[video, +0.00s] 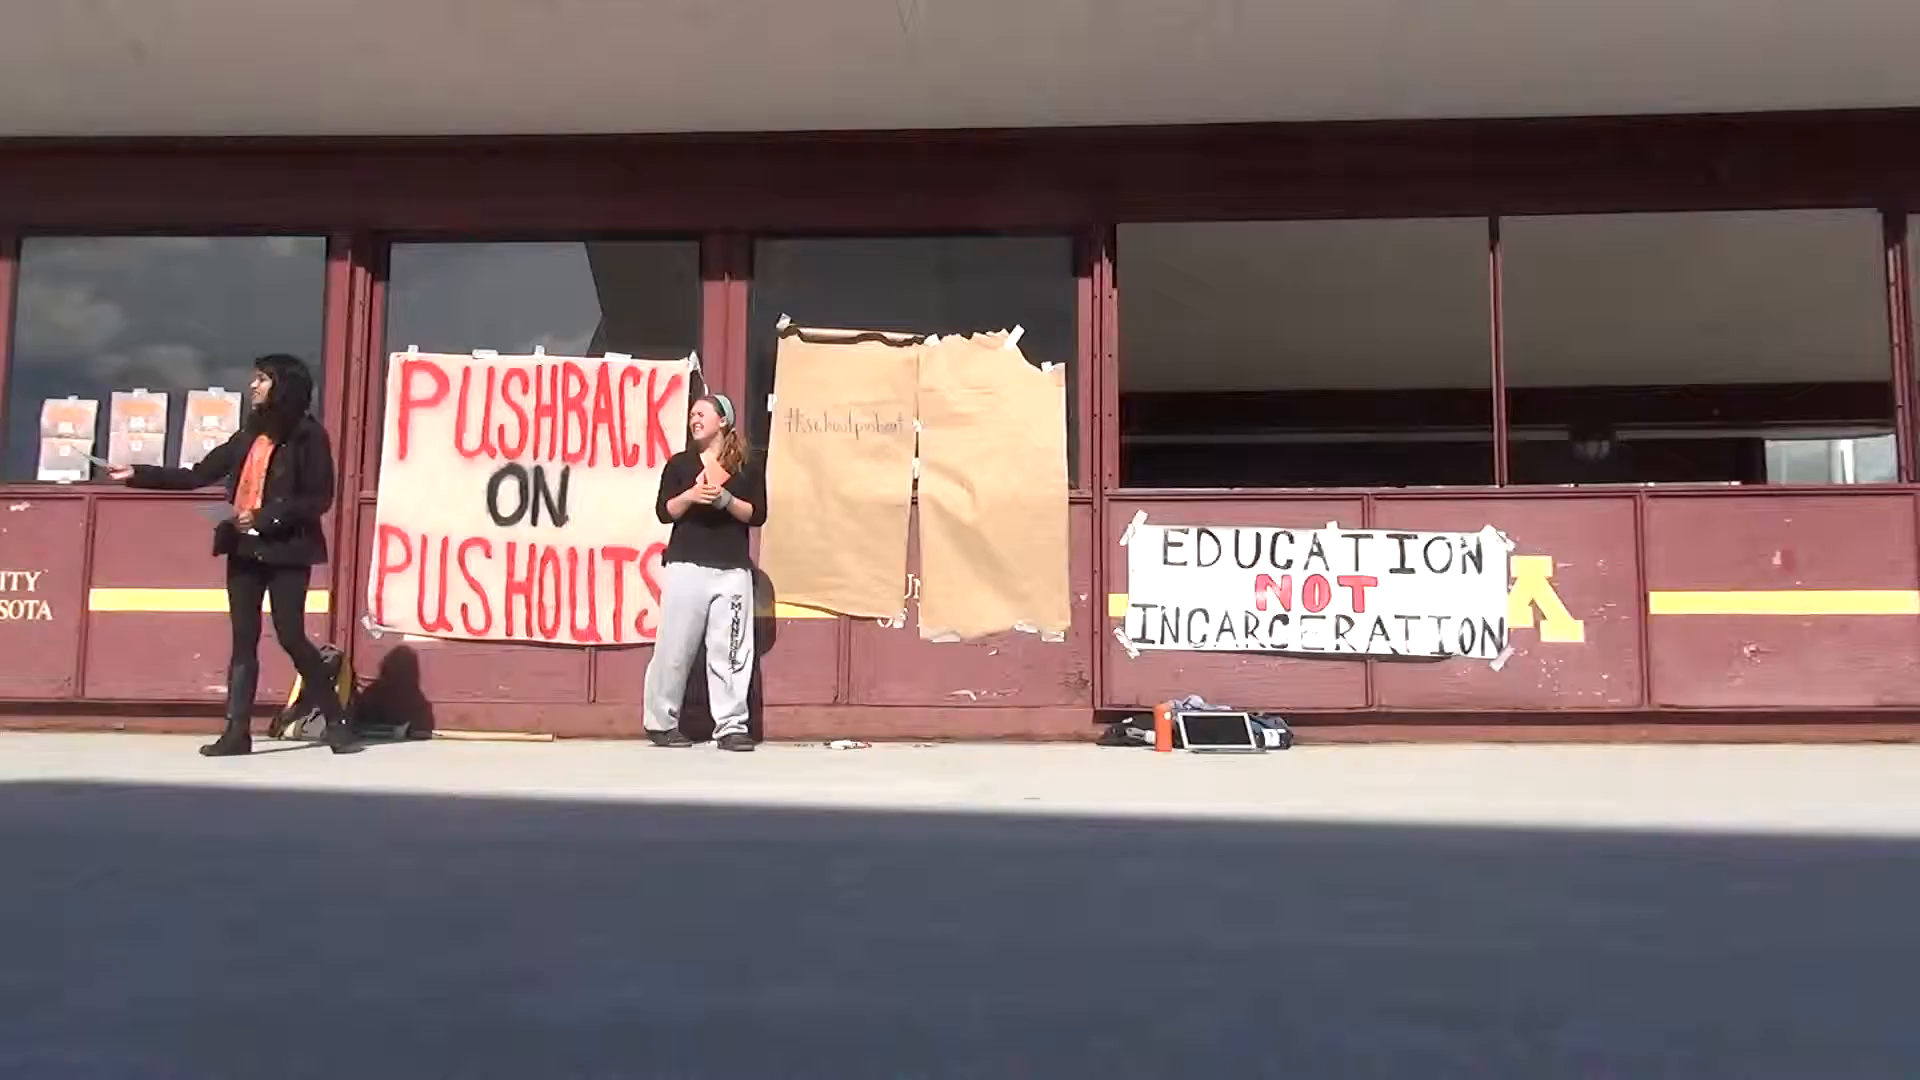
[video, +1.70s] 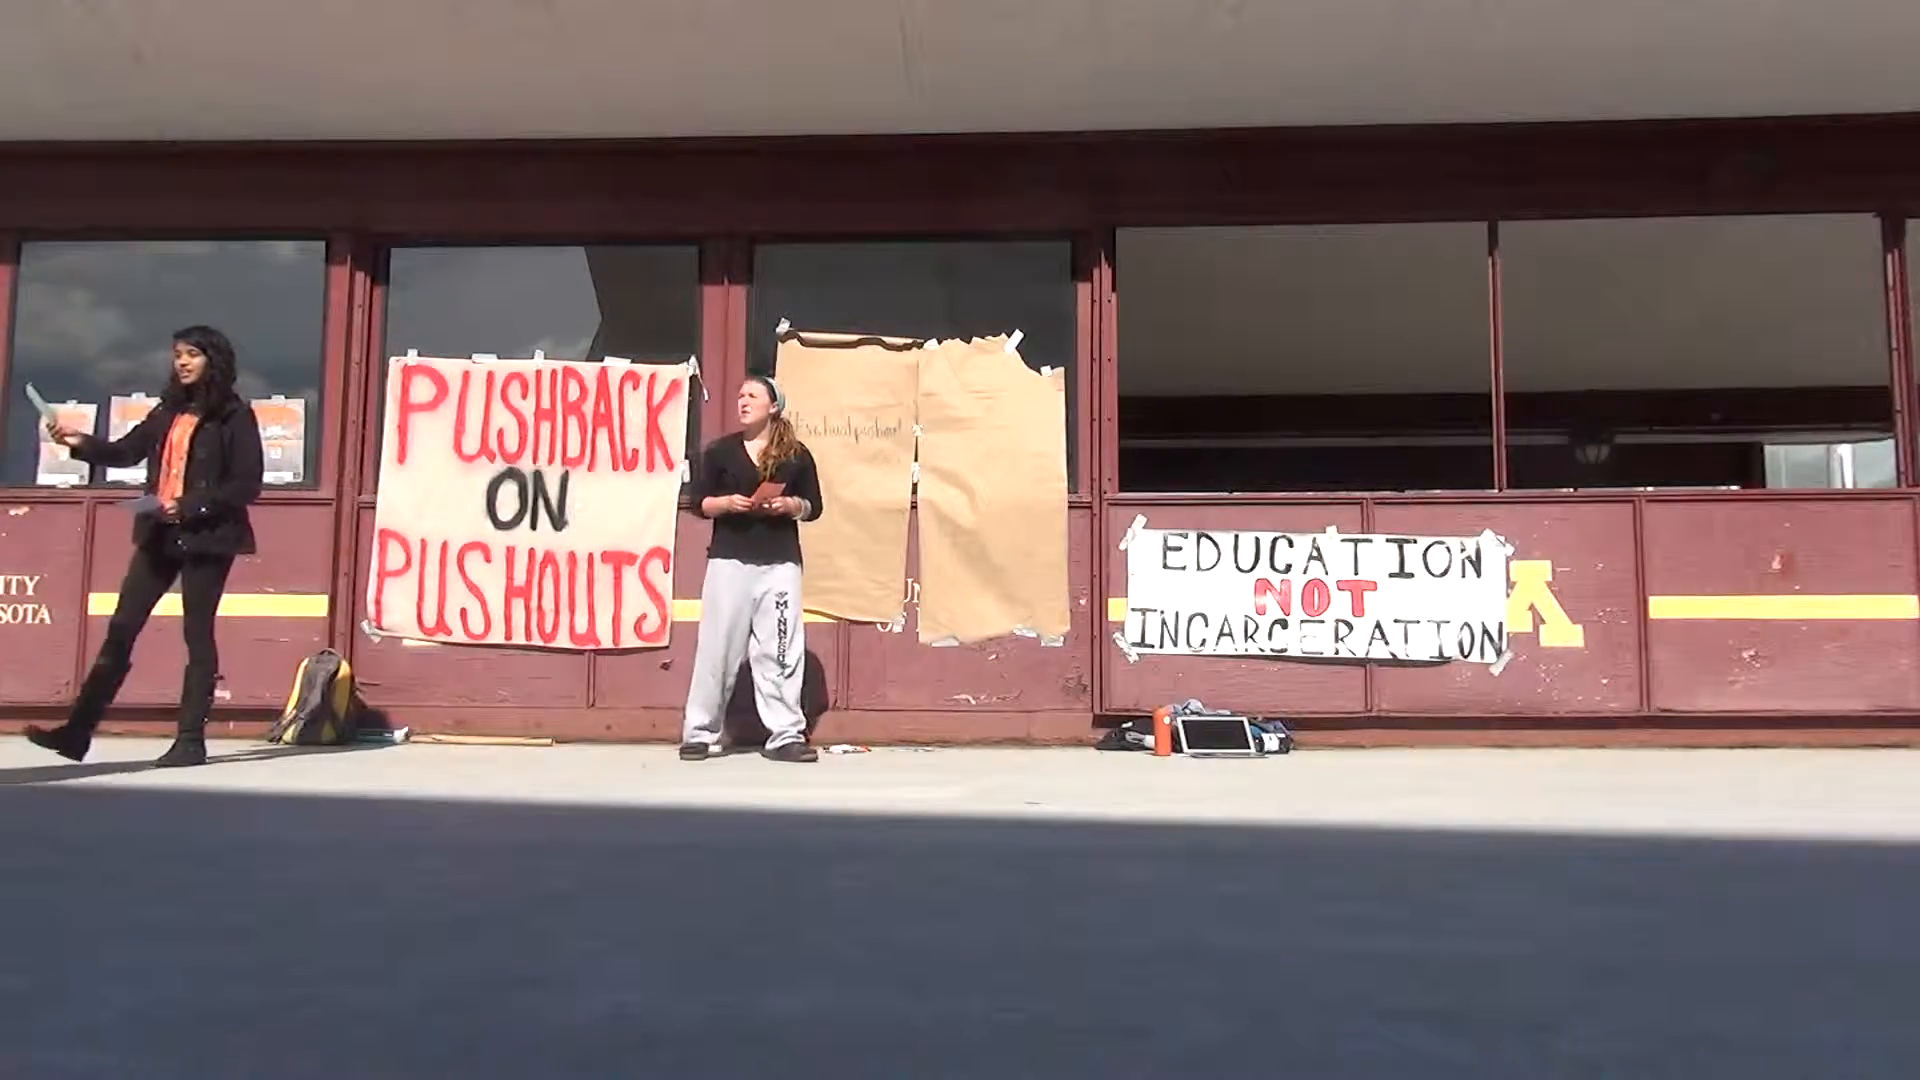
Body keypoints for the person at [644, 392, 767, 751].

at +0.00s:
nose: (694, 419)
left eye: (702, 414)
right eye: (693, 414)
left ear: (723, 421)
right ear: (690, 421)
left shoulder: (747, 463)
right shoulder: (678, 463)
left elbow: (757, 515)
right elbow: (664, 513)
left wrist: (726, 499)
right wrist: (689, 496)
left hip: (732, 568)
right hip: (686, 566)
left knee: (731, 651)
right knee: (675, 649)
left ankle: (732, 727)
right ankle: (662, 725)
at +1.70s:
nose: (742, 402)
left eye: (752, 397)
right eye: (740, 396)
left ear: (774, 406)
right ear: (736, 405)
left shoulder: (796, 455)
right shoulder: (718, 452)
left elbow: (813, 507)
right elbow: (695, 503)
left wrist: (791, 506)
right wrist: (725, 504)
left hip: (780, 564)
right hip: (729, 562)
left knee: (781, 651)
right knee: (717, 648)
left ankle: (785, 736)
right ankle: (699, 735)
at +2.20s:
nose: (797, 400)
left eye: (805, 394)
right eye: (791, 395)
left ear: (821, 403)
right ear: (784, 403)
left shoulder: (837, 452)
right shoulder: (771, 442)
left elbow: (850, 511)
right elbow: (756, 484)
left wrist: (834, 493)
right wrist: (754, 480)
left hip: (818, 559)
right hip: (772, 553)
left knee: (809, 646)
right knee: (773, 641)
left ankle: (792, 737)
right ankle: (756, 737)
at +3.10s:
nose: (820, 382)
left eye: (830, 379)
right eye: (815, 375)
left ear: (841, 391)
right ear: (803, 382)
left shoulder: (849, 438)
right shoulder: (776, 429)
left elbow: (858, 504)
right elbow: (764, 482)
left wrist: (859, 487)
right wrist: (795, 476)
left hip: (842, 555)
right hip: (791, 551)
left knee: (855, 646)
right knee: (793, 649)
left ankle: (840, 737)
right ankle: (795, 743)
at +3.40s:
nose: (847, 382)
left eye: (856, 377)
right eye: (841, 374)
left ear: (866, 388)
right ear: (827, 381)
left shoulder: (870, 434)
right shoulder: (808, 428)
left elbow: (881, 504)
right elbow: (788, 479)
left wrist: (879, 484)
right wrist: (822, 478)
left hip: (861, 552)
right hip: (811, 550)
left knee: (875, 647)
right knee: (800, 652)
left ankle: (897, 739)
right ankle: (801, 746)